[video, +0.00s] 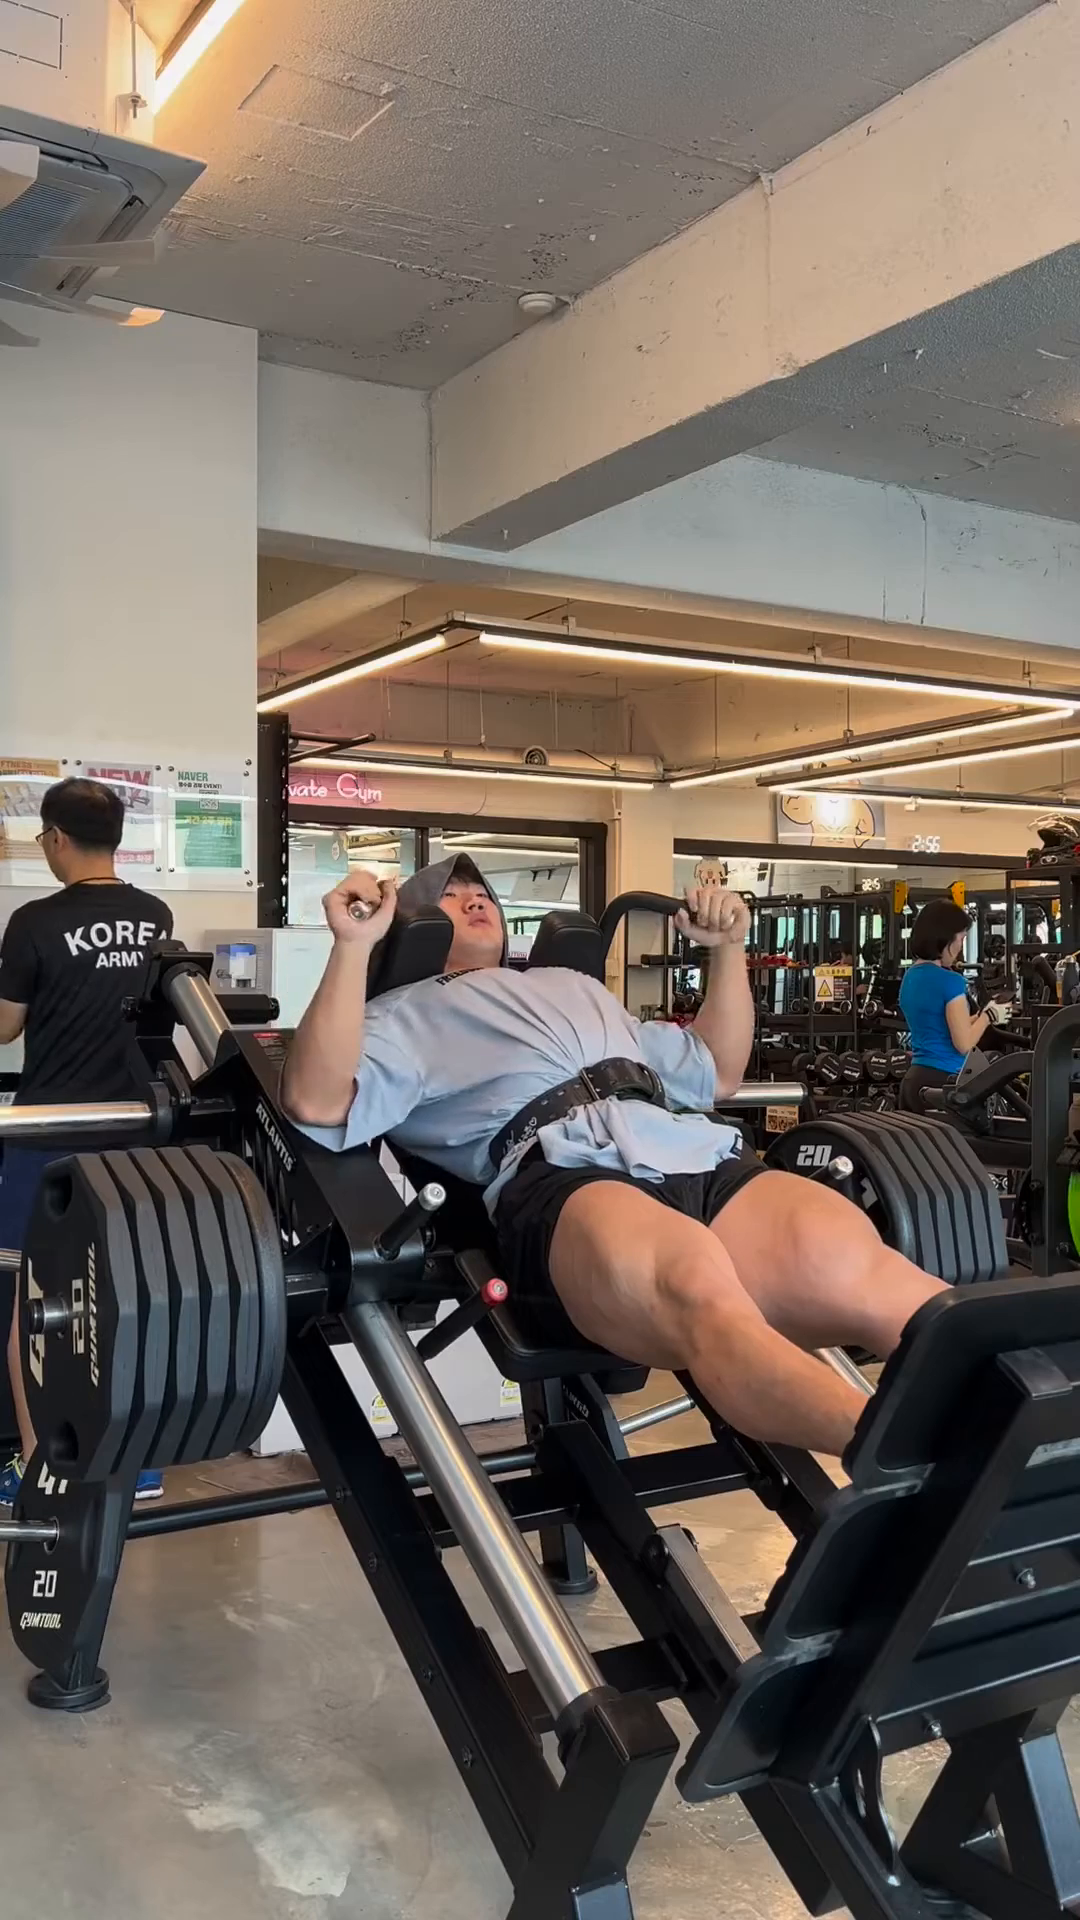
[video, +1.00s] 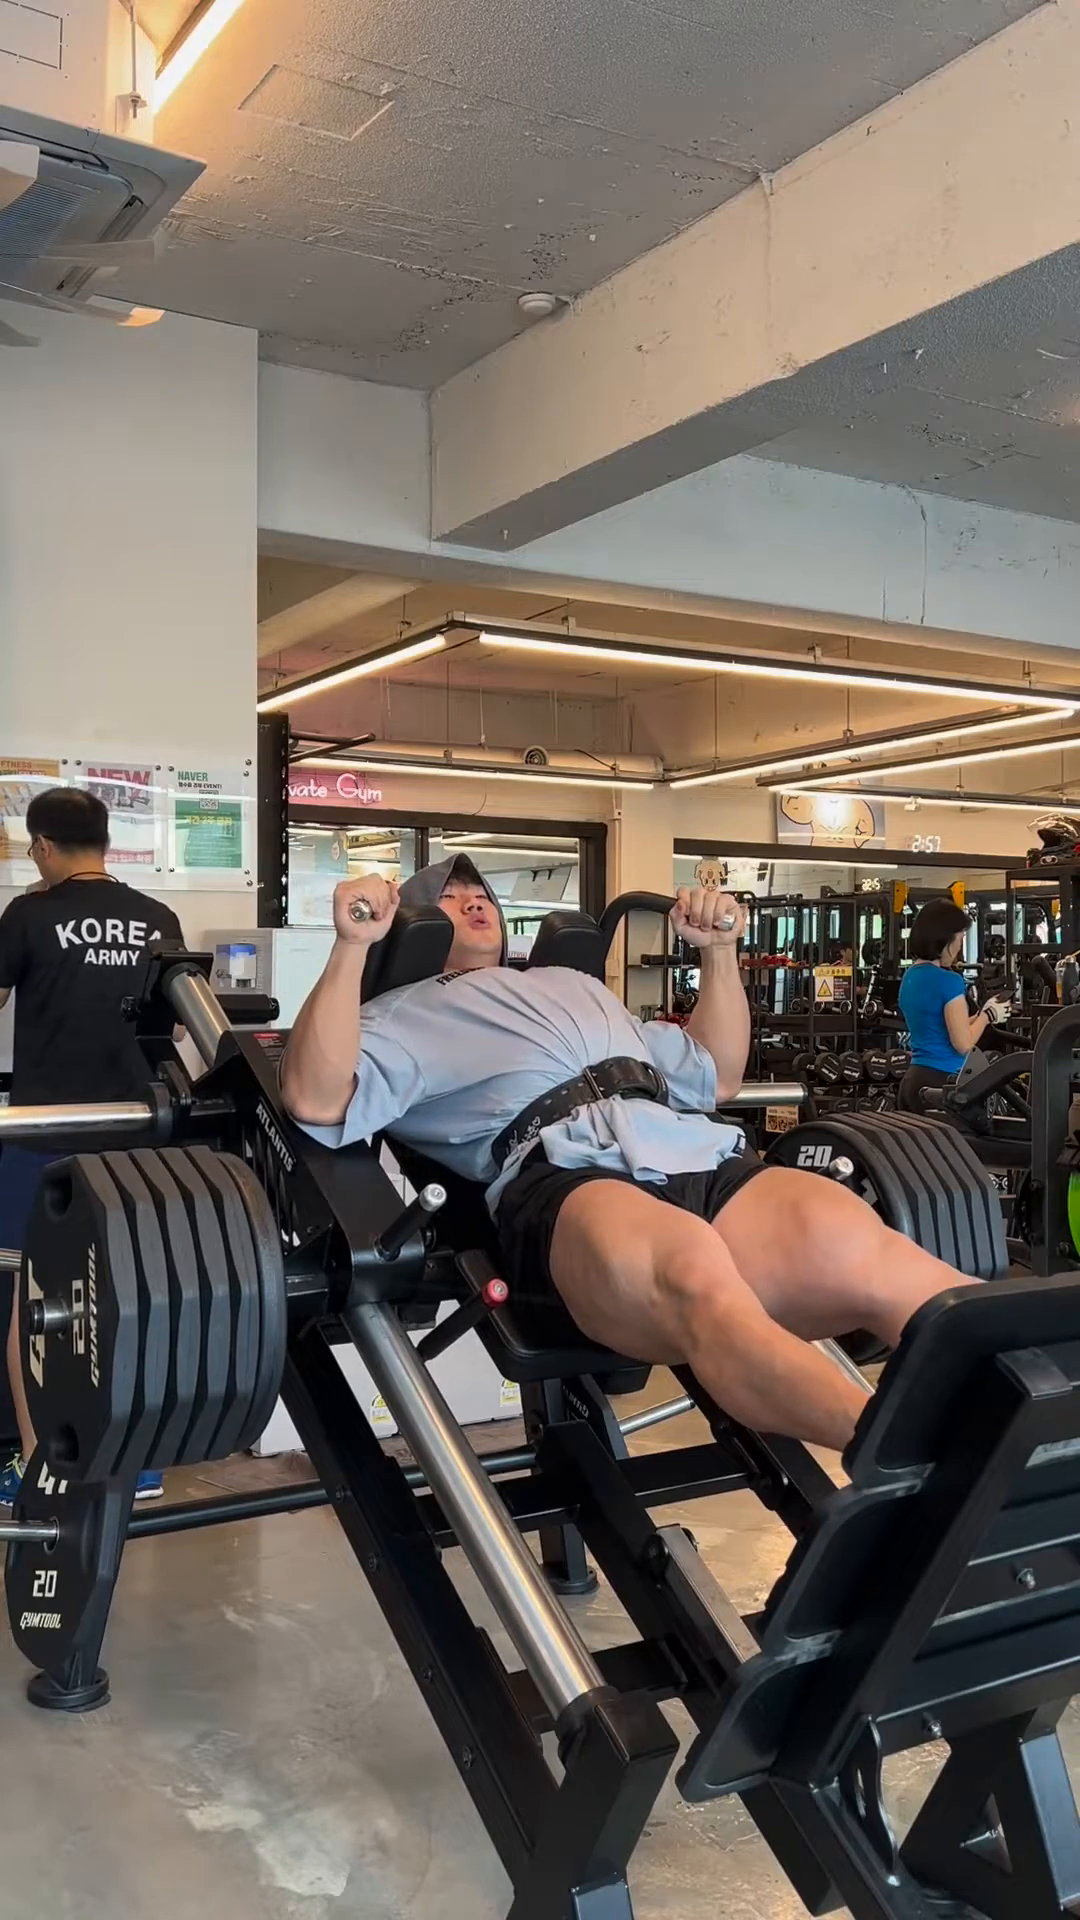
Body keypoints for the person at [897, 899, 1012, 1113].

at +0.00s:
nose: (961, 946)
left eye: (963, 939)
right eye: (960, 938)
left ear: (928, 934)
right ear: (946, 939)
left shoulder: (909, 978)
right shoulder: (950, 981)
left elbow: (931, 1032)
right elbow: (964, 1043)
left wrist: (975, 1017)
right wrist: (990, 1015)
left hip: (915, 1076)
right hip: (947, 1081)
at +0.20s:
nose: (961, 947)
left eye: (962, 939)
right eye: (960, 939)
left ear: (927, 935)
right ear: (945, 940)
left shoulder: (909, 978)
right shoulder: (950, 981)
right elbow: (964, 1043)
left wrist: (976, 1016)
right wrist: (989, 1015)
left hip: (915, 1076)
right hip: (948, 1081)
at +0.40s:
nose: (961, 947)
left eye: (962, 939)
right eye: (960, 939)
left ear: (927, 935)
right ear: (945, 940)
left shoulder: (909, 978)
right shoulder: (950, 981)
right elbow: (964, 1043)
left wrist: (977, 1016)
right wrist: (989, 1015)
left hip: (915, 1076)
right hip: (948, 1081)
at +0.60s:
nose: (961, 947)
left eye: (962, 939)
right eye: (960, 939)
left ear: (927, 935)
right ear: (945, 940)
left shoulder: (909, 978)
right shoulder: (950, 982)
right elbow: (963, 1043)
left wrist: (977, 1015)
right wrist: (989, 1015)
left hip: (915, 1076)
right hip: (948, 1081)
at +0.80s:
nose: (962, 944)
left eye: (963, 937)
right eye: (961, 937)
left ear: (928, 934)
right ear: (946, 939)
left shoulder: (909, 978)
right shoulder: (950, 981)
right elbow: (963, 1042)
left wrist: (976, 1016)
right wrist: (989, 1015)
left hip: (914, 1076)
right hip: (947, 1081)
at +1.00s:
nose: (960, 947)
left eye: (961, 939)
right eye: (960, 939)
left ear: (926, 935)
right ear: (946, 940)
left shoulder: (909, 978)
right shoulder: (949, 981)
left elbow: (929, 1032)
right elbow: (963, 1043)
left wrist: (975, 1016)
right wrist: (989, 1015)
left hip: (915, 1076)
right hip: (948, 1081)